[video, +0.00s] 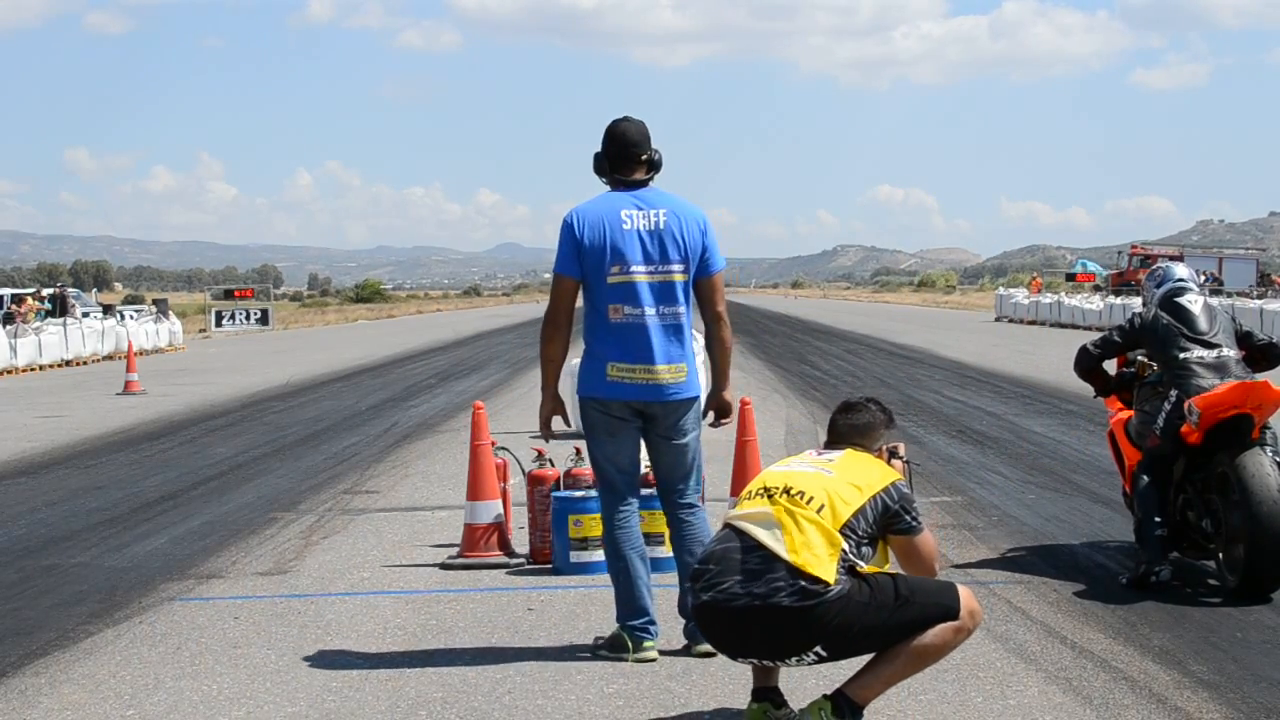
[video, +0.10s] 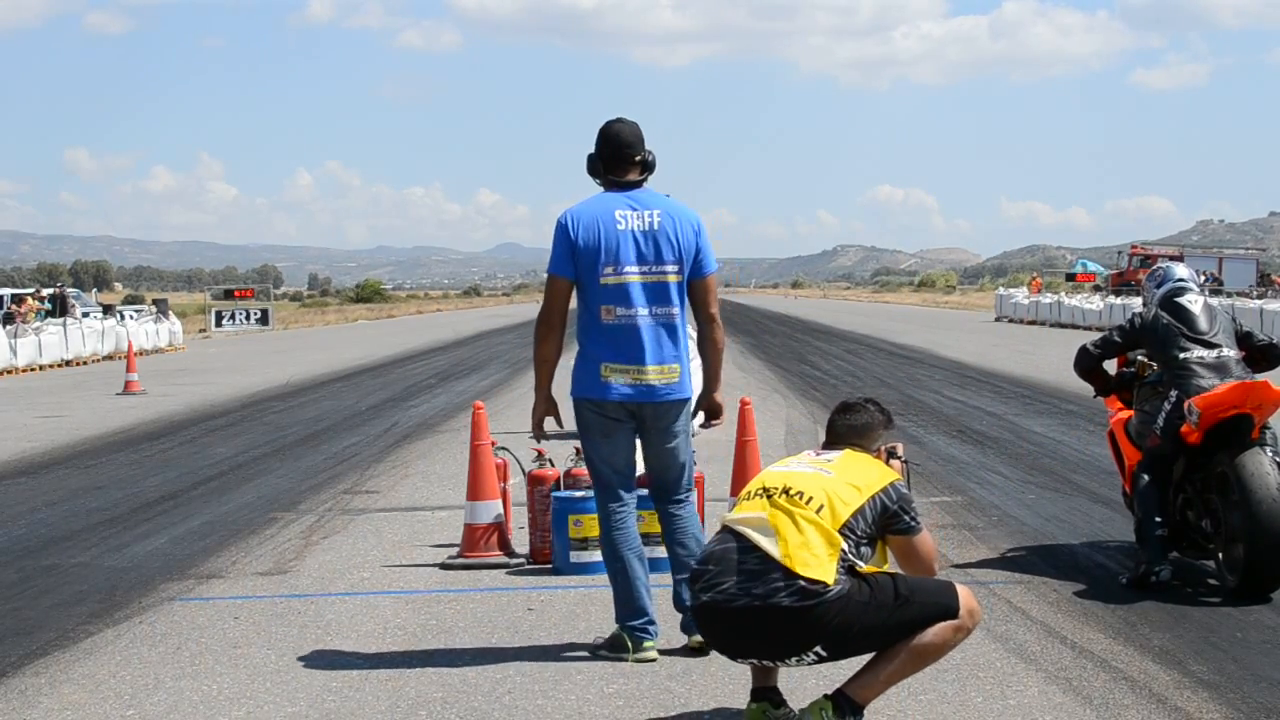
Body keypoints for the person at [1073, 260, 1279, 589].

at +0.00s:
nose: (1144, 297)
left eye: (1146, 292)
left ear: (1155, 289)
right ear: (1193, 284)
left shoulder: (1148, 320)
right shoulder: (1223, 314)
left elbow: (1086, 357)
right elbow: (1269, 349)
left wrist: (1108, 385)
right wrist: (1241, 368)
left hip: (1190, 391)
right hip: (1239, 385)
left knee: (1148, 470)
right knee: (1265, 439)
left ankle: (1154, 561)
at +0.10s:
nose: (1145, 298)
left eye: (1147, 292)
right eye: (1145, 292)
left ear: (1155, 289)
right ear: (1193, 284)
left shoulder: (1148, 319)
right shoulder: (1223, 314)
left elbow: (1086, 357)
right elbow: (1268, 349)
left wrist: (1108, 385)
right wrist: (1240, 368)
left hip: (1190, 391)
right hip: (1239, 385)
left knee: (1148, 470)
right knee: (1265, 440)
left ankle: (1154, 561)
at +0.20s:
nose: (1145, 297)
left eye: (1147, 291)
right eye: (1145, 292)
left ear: (1156, 289)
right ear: (1194, 284)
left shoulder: (1148, 319)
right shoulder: (1223, 314)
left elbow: (1086, 356)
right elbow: (1270, 350)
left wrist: (1107, 385)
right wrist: (1241, 366)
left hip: (1190, 391)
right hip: (1239, 384)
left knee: (1149, 469)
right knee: (1264, 436)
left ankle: (1153, 559)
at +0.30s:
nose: (1145, 297)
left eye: (1147, 291)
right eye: (1145, 292)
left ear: (1156, 288)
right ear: (1194, 284)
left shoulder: (1148, 319)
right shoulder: (1223, 315)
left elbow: (1087, 356)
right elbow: (1270, 350)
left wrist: (1106, 384)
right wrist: (1239, 367)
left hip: (1189, 391)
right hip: (1239, 385)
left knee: (1149, 468)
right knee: (1264, 436)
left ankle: (1153, 556)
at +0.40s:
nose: (1145, 297)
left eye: (1147, 291)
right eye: (1146, 292)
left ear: (1156, 289)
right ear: (1194, 285)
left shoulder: (1149, 318)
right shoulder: (1223, 314)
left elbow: (1086, 354)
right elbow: (1269, 351)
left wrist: (1105, 383)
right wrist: (1236, 367)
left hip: (1188, 391)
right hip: (1237, 386)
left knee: (1148, 470)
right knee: (1263, 434)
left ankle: (1154, 556)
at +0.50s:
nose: (1144, 297)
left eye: (1146, 291)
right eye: (1145, 292)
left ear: (1155, 288)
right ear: (1193, 285)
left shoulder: (1148, 318)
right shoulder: (1222, 314)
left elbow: (1085, 354)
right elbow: (1269, 351)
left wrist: (1104, 383)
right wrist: (1235, 367)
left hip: (1186, 391)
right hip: (1235, 385)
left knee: (1148, 469)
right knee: (1262, 433)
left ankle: (1153, 555)